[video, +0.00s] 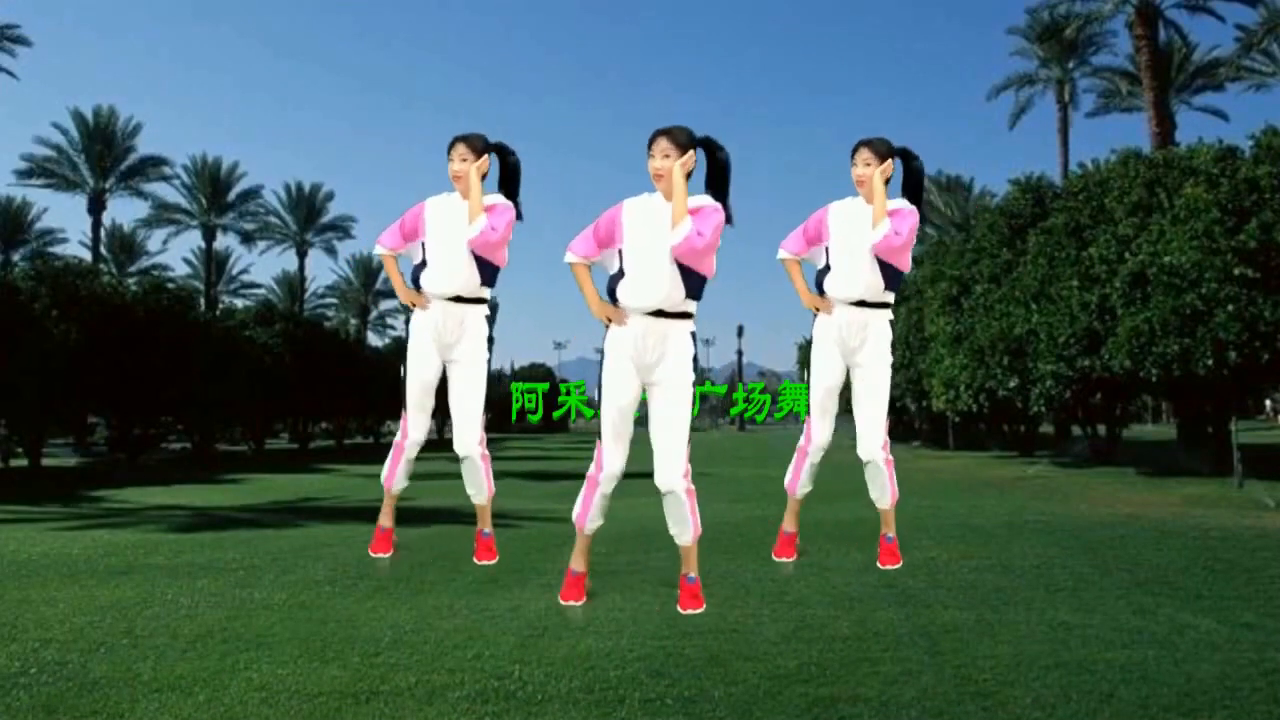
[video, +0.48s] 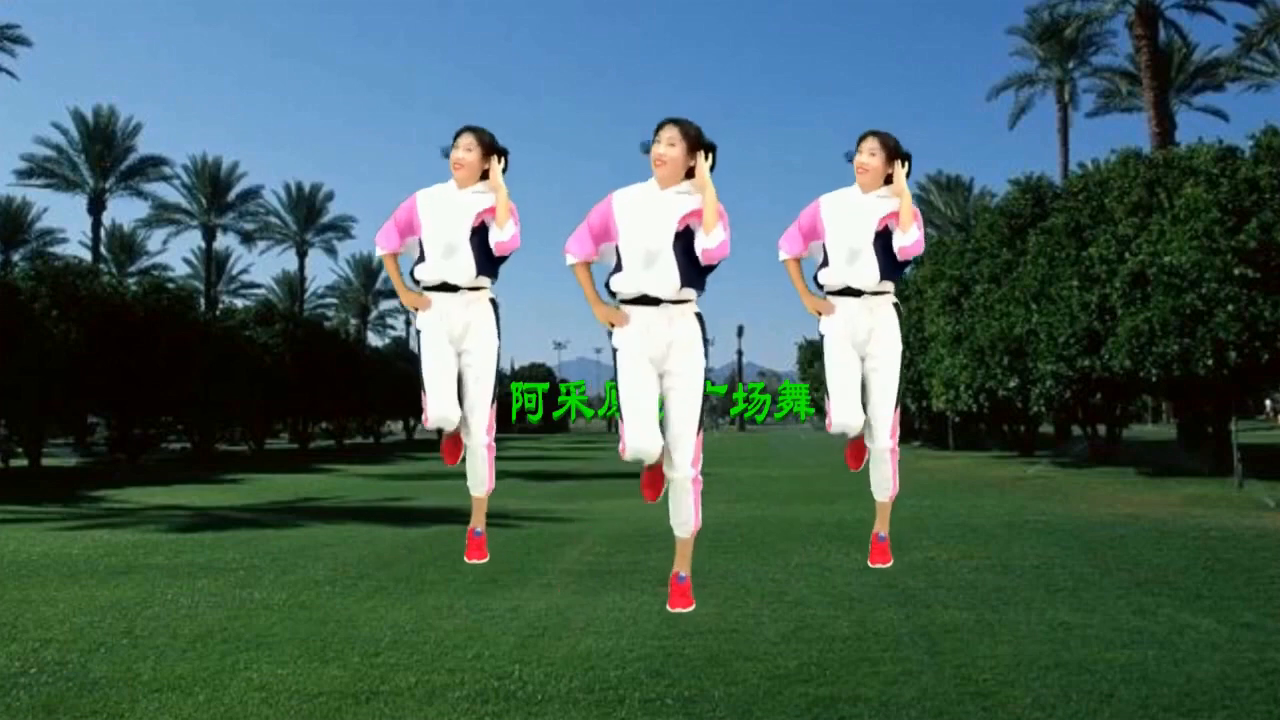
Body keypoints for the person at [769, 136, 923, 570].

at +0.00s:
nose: (859, 171)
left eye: (867, 164)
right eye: (856, 164)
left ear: (887, 169)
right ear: (850, 170)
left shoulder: (905, 214)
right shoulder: (834, 213)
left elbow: (889, 249)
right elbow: (789, 251)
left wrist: (879, 193)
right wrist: (806, 295)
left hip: (875, 327)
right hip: (832, 322)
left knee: (872, 444)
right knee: (818, 434)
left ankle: (889, 534)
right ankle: (789, 524)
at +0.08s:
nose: (855, 185)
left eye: (864, 178)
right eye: (852, 178)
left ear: (883, 184)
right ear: (847, 184)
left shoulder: (901, 230)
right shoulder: (829, 229)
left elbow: (885, 265)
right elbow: (787, 266)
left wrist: (874, 211)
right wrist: (805, 310)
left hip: (871, 345)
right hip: (826, 340)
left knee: (864, 459)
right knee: (813, 449)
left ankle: (886, 534)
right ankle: (789, 528)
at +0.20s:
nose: (853, 164)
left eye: (861, 157)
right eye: (850, 157)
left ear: (881, 164)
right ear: (846, 165)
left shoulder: (901, 210)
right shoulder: (830, 211)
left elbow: (904, 243)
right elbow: (789, 247)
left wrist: (888, 187)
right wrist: (806, 293)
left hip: (872, 326)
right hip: (828, 322)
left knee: (871, 441)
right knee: (807, 429)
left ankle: (888, 532)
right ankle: (787, 524)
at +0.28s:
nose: (852, 144)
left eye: (862, 138)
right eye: (851, 138)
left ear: (882, 147)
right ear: (849, 146)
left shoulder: (899, 191)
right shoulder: (829, 191)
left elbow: (916, 220)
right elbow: (791, 228)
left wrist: (897, 166)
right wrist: (807, 274)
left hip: (875, 304)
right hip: (831, 300)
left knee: (879, 421)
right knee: (813, 414)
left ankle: (889, 526)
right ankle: (794, 504)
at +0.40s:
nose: (860, 142)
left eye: (870, 137)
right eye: (857, 136)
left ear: (889, 148)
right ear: (852, 144)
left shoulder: (902, 190)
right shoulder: (828, 188)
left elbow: (911, 228)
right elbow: (789, 229)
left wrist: (902, 173)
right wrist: (806, 277)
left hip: (881, 299)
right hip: (837, 296)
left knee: (881, 416)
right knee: (831, 416)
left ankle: (883, 523)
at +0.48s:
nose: (862, 159)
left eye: (872, 154)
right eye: (860, 152)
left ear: (891, 166)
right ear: (853, 160)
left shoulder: (900, 207)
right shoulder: (827, 205)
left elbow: (908, 249)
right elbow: (788, 247)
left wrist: (902, 190)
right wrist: (807, 296)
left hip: (882, 313)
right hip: (838, 313)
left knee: (883, 427)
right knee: (845, 422)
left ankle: (880, 531)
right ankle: (857, 435)